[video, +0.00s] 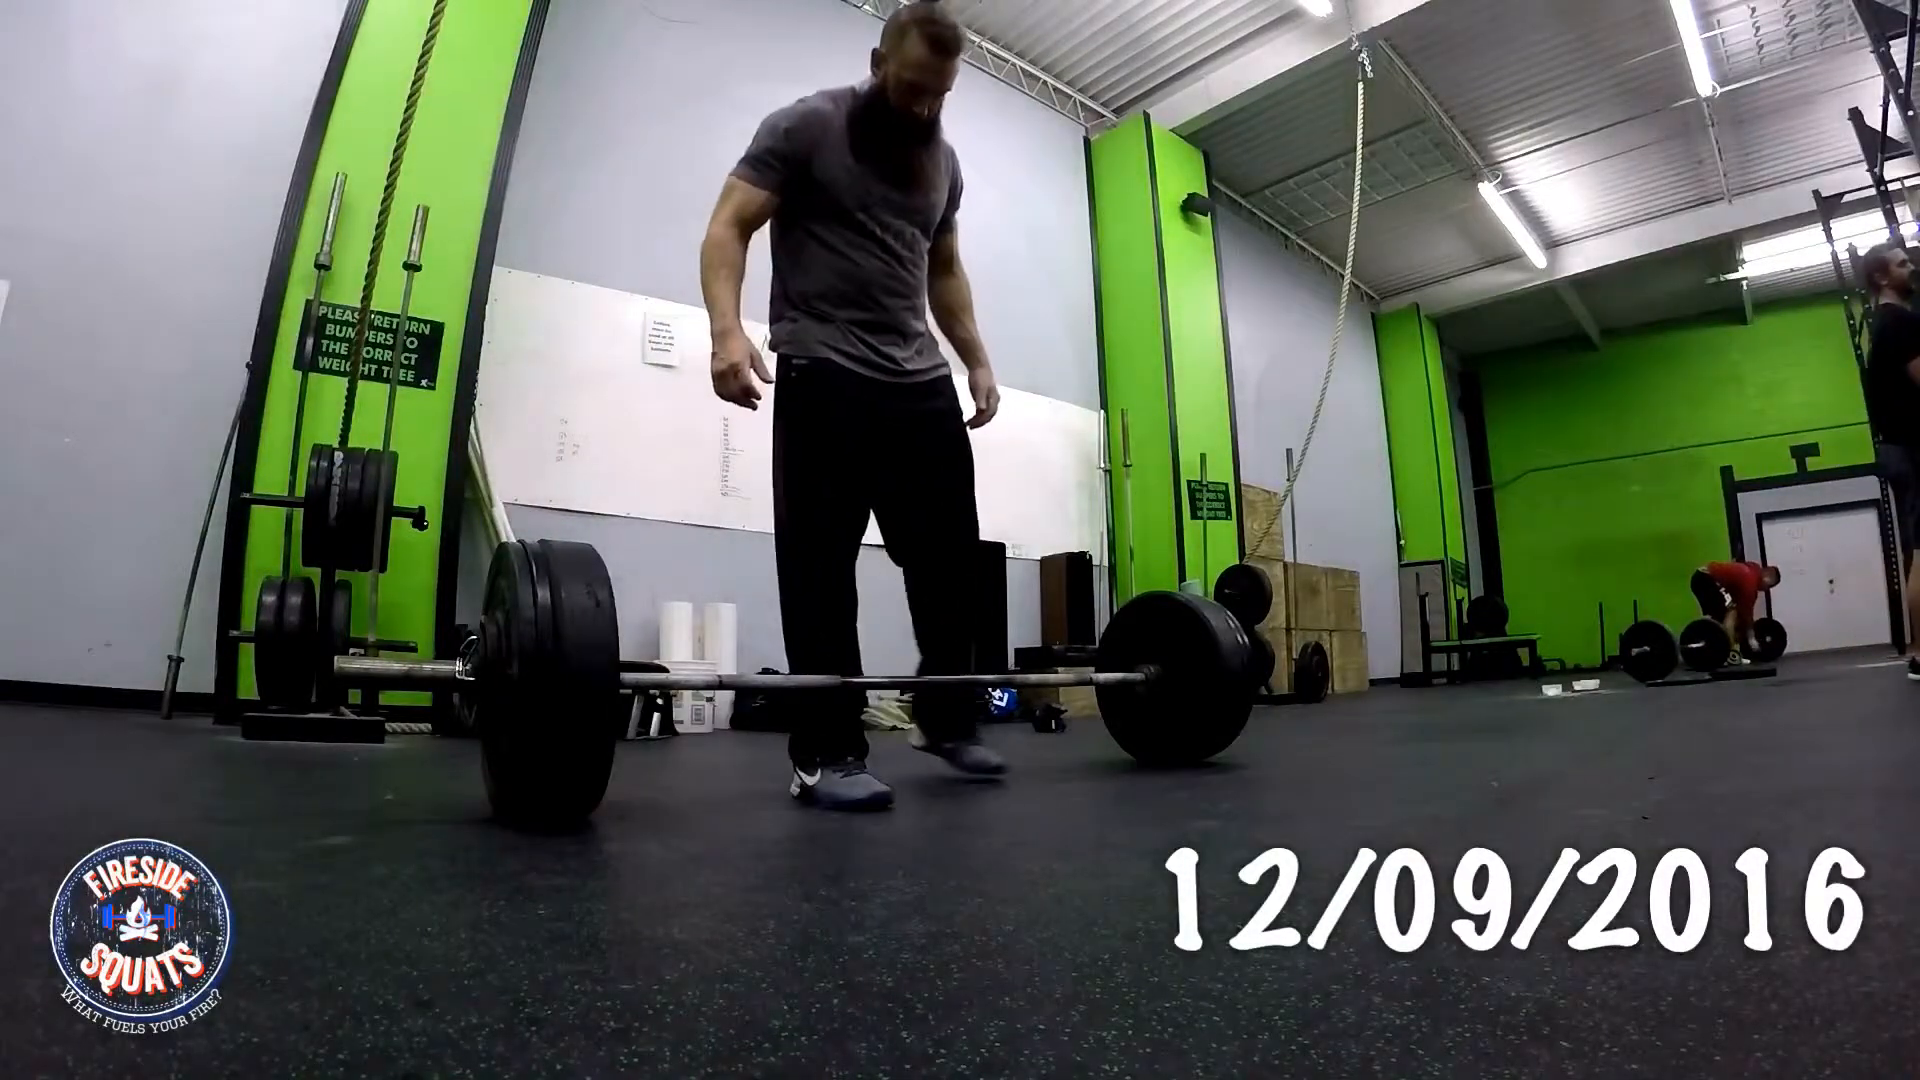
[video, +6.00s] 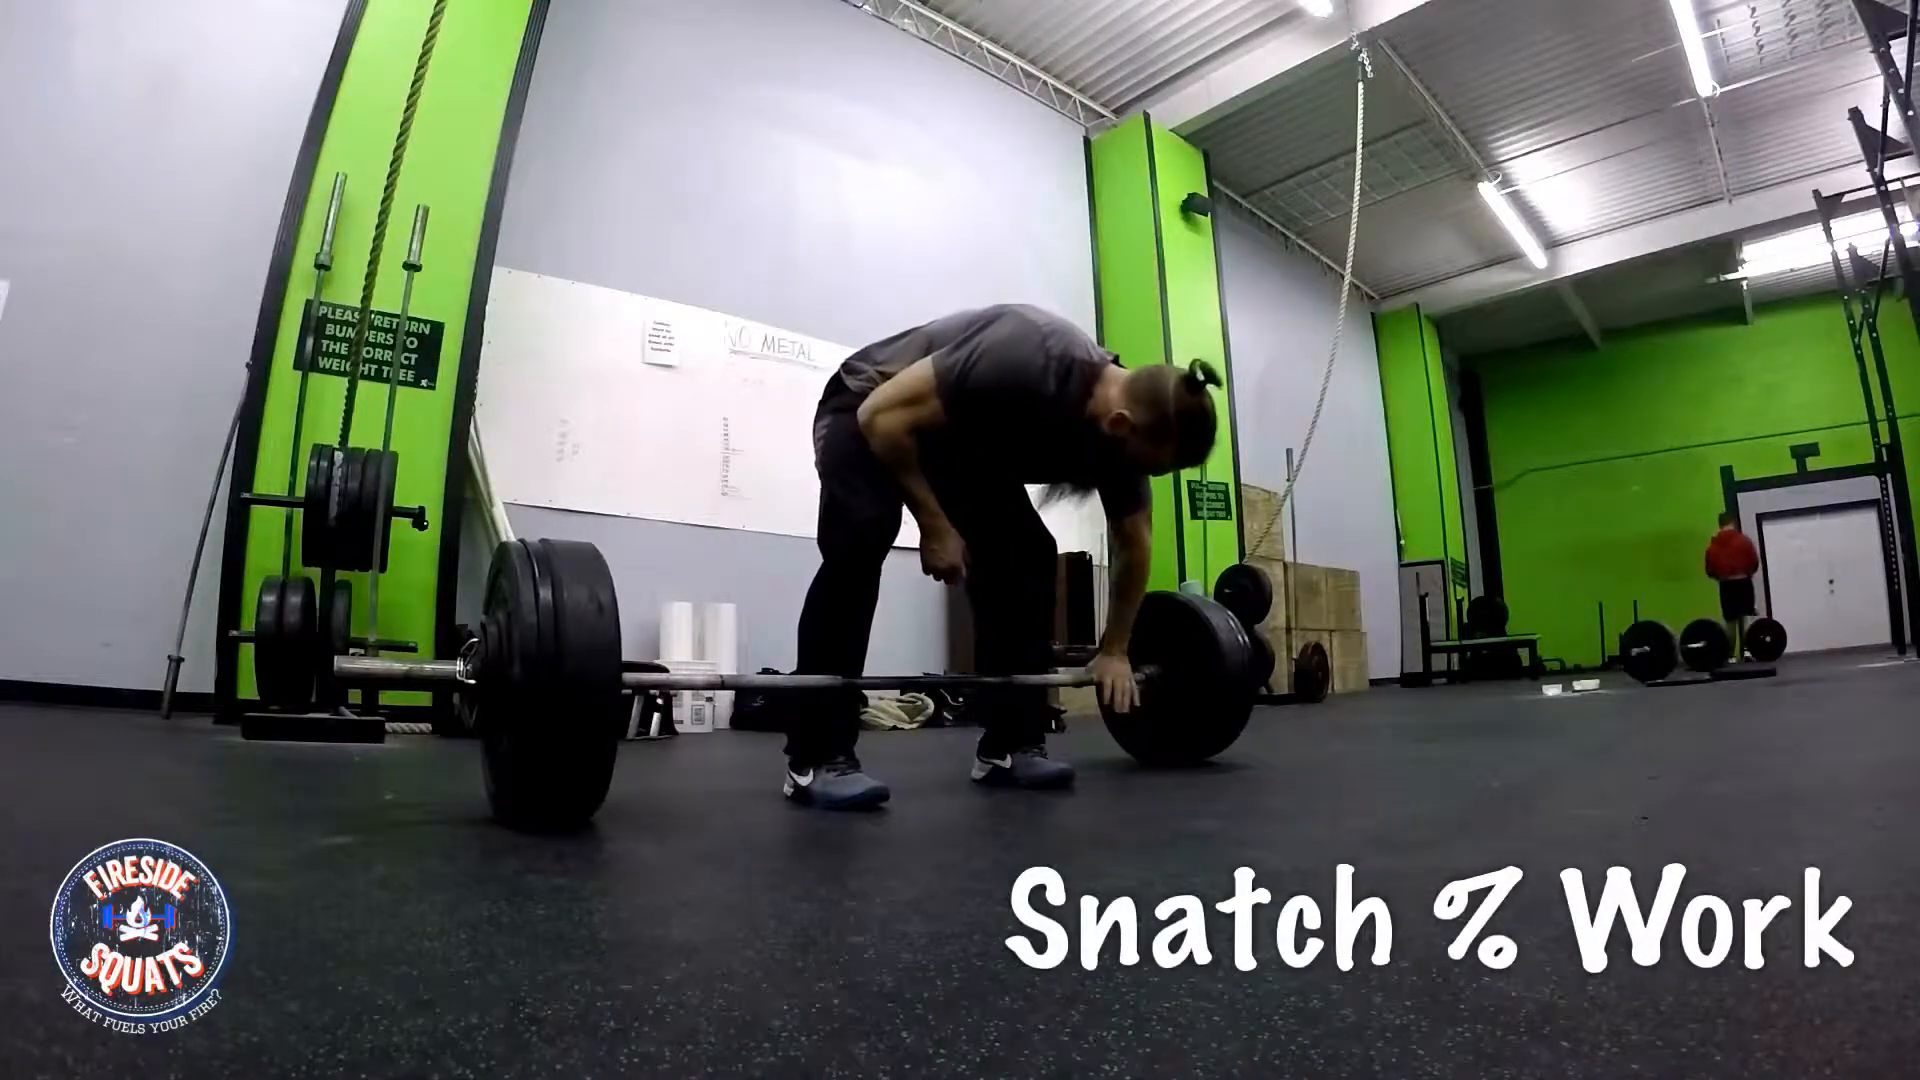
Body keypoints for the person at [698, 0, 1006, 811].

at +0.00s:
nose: (927, 104)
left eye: (940, 91)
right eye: (914, 87)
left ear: (953, 77)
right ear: (880, 60)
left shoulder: (941, 158)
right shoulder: (807, 126)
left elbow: (945, 269)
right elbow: (729, 226)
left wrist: (977, 361)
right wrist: (726, 329)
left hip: (916, 383)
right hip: (820, 377)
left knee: (947, 556)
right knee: (820, 569)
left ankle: (950, 725)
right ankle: (826, 758)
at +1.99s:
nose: (1002, 115)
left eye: (1017, 105)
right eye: (994, 96)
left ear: (1036, 97)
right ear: (966, 69)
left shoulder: (1012, 183)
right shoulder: (884, 122)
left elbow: (1001, 289)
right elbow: (796, 213)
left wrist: (1023, 386)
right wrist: (788, 312)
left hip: (959, 390)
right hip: (859, 374)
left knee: (980, 568)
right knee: (835, 566)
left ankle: (1004, 747)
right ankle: (819, 758)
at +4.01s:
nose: (970, 54)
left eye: (977, 50)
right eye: (952, 43)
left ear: (981, 77)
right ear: (913, 66)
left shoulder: (997, 171)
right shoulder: (871, 125)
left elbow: (1011, 277)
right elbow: (788, 215)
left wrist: (1033, 343)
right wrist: (819, 292)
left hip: (976, 382)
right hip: (875, 366)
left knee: (987, 564)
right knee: (846, 561)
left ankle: (1003, 747)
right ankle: (821, 759)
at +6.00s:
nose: (1144, 474)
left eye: (1154, 468)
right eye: (1146, 463)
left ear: (1124, 422)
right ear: (1122, 423)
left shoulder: (1118, 442)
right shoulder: (1022, 354)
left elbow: (1134, 548)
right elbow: (880, 415)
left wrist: (1116, 651)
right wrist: (934, 527)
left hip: (968, 442)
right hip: (871, 404)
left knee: (1025, 558)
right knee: (859, 545)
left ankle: (1008, 746)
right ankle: (818, 760)